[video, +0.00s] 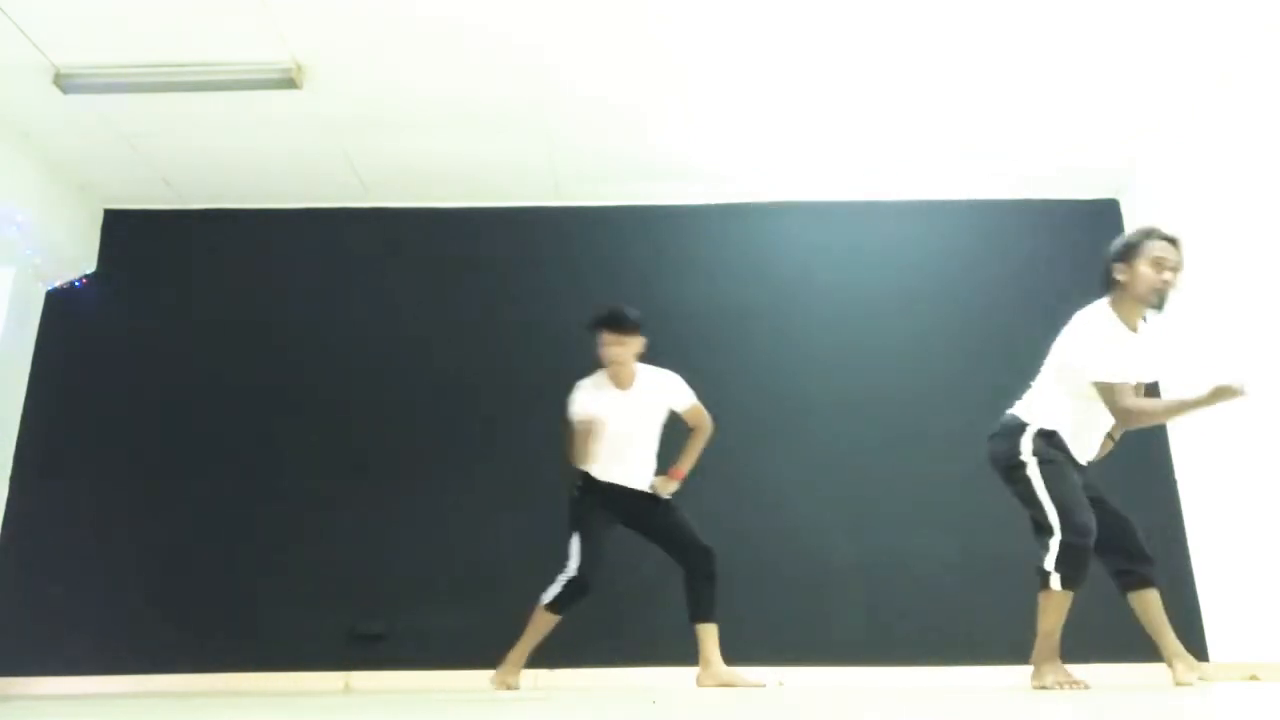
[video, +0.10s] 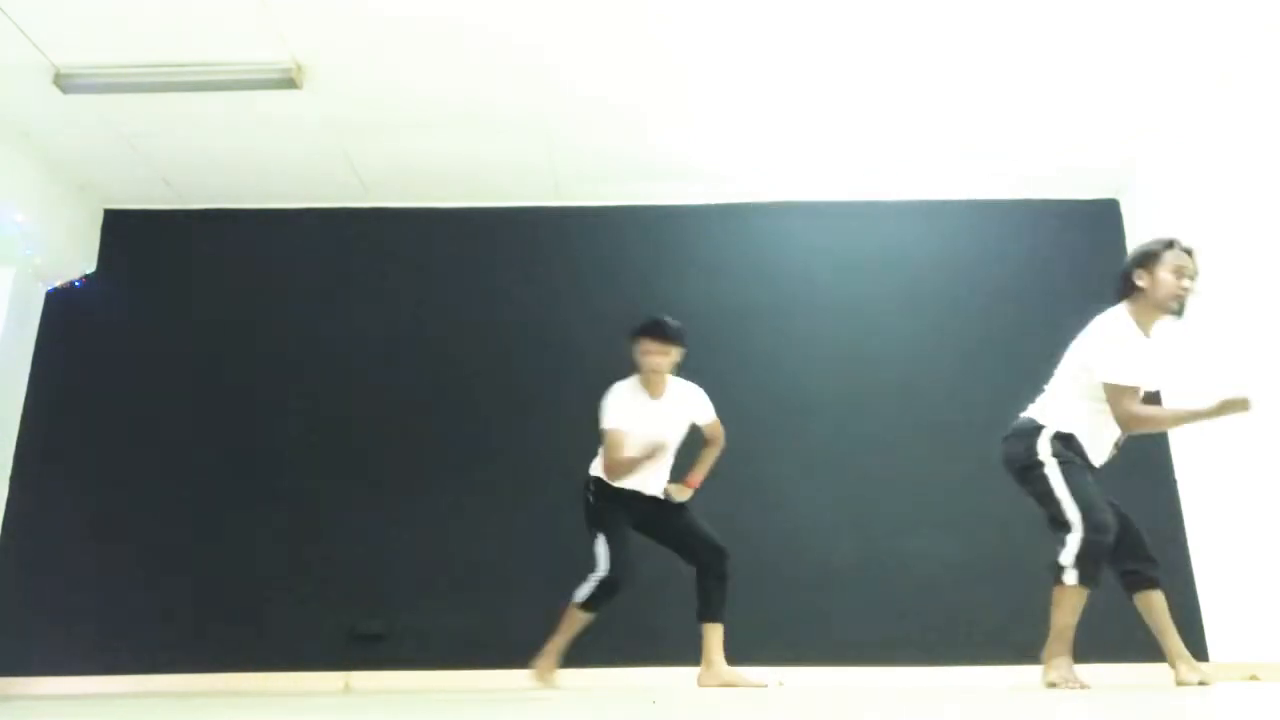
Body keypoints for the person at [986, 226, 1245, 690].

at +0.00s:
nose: (1168, 277)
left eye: (1174, 270)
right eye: (1158, 265)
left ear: (1177, 277)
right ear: (1121, 270)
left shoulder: (1139, 335)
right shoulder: (1096, 323)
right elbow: (1126, 410)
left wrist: (1113, 426)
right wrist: (1203, 401)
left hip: (1063, 453)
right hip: (1028, 438)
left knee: (1120, 538)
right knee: (1073, 530)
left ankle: (1179, 660)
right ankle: (1045, 663)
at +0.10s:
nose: (1187, 286)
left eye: (1191, 278)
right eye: (1178, 274)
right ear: (1142, 277)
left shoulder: (1144, 340)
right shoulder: (1115, 327)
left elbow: (1131, 414)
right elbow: (1128, 416)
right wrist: (1207, 412)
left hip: (1072, 451)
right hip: (1042, 439)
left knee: (1125, 536)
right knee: (1092, 525)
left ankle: (1182, 662)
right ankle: (1057, 659)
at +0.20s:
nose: (1195, 294)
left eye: (1194, 285)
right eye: (1187, 284)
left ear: (1157, 289)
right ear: (1154, 286)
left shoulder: (1142, 343)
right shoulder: (1126, 334)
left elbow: (1127, 413)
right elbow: (1124, 415)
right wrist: (1199, 423)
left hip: (1079, 451)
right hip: (1055, 447)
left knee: (1138, 538)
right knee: (1114, 535)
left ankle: (1182, 660)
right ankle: (1067, 643)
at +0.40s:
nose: (1169, 309)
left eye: (1165, 299)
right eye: (1163, 299)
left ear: (1122, 308)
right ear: (1145, 301)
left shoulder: (1095, 341)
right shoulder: (1137, 339)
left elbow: (1094, 397)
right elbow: (1148, 380)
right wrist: (1160, 442)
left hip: (1036, 456)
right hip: (1077, 451)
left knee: (1126, 567)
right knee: (1150, 564)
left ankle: (1182, 664)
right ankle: (1063, 631)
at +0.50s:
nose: (1138, 302)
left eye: (1134, 294)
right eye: (1133, 295)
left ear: (1087, 306)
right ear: (1120, 299)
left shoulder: (1058, 343)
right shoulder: (1126, 332)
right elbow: (1167, 355)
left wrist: (1048, 446)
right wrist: (1163, 427)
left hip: (1029, 449)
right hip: (1082, 437)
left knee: (1110, 567)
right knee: (1129, 568)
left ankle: (1179, 663)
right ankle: (1068, 650)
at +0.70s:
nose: (1071, 303)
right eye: (1069, 296)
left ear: (1020, 305)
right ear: (1067, 297)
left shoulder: (1003, 339)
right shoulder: (1085, 328)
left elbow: (952, 397)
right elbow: (1172, 343)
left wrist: (989, 436)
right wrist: (1208, 407)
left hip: (1017, 440)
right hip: (1081, 429)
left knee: (1048, 557)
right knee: (1088, 554)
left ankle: (1114, 646)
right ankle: (1064, 667)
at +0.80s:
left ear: (992, 303)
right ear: (1039, 296)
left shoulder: (983, 336)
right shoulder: (1068, 326)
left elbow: (933, 391)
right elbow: (1157, 351)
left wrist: (976, 435)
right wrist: (1193, 408)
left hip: (1014, 438)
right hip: (1082, 434)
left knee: (997, 552)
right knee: (1083, 555)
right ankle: (1063, 666)